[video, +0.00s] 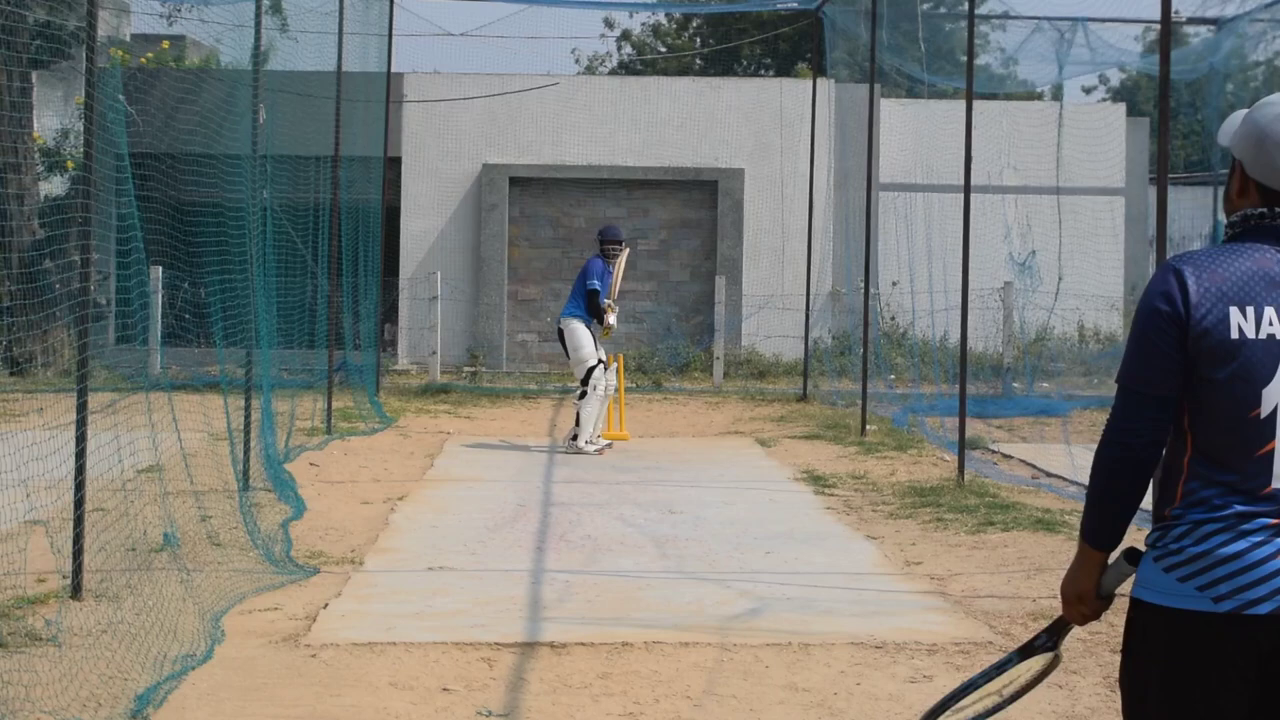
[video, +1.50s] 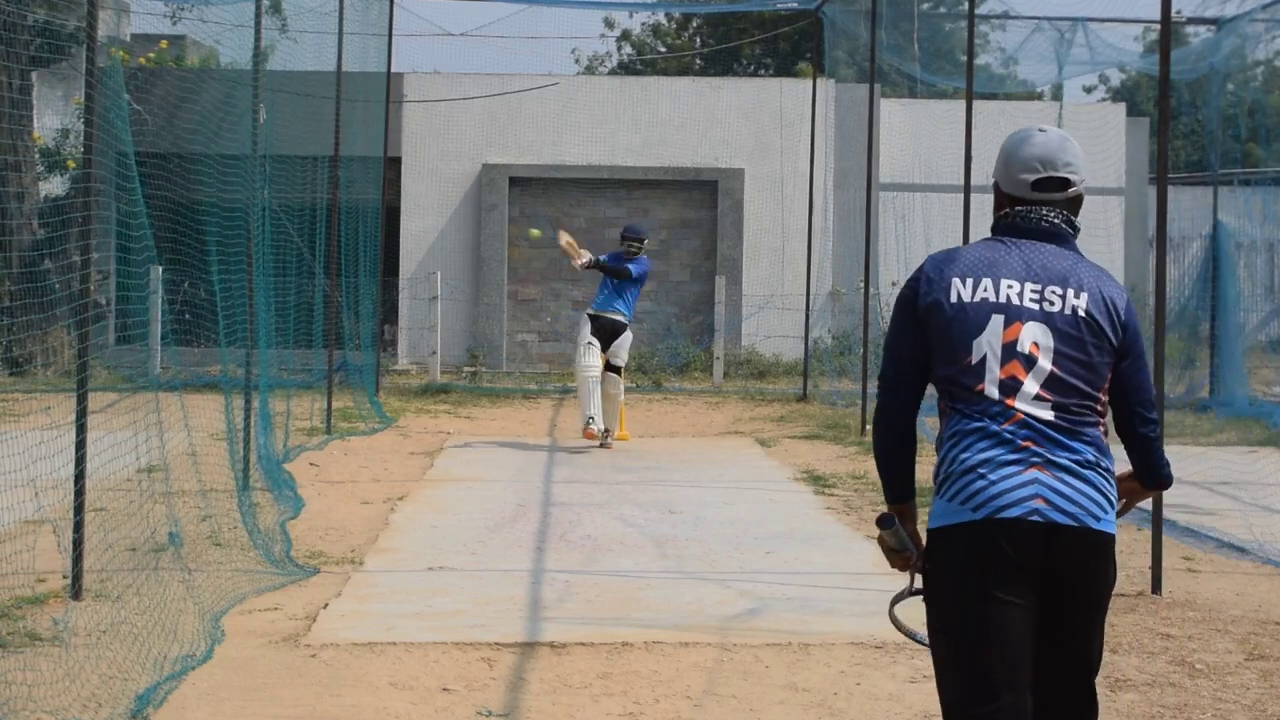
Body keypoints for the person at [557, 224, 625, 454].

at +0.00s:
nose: (612, 250)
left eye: (616, 246)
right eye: (608, 245)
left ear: (621, 247)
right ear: (601, 245)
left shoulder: (608, 269)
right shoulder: (595, 264)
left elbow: (600, 299)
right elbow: (592, 299)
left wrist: (608, 307)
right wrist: (604, 320)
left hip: (586, 324)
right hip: (573, 323)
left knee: (607, 380)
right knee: (595, 379)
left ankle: (591, 436)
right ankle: (579, 439)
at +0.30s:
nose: (616, 254)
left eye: (620, 251)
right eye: (612, 250)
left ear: (625, 252)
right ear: (604, 250)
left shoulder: (609, 274)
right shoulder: (597, 268)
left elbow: (600, 304)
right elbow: (589, 302)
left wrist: (604, 316)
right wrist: (595, 326)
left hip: (583, 326)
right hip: (572, 325)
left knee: (606, 380)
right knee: (595, 379)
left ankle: (590, 436)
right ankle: (580, 439)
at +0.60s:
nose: (622, 260)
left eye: (626, 256)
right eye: (618, 255)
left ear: (631, 258)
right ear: (610, 254)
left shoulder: (614, 278)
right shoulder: (603, 271)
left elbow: (605, 304)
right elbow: (597, 302)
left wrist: (605, 317)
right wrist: (597, 324)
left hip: (583, 326)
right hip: (569, 323)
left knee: (604, 380)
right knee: (590, 379)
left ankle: (590, 435)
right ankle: (579, 439)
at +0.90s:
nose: (629, 279)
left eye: (633, 275)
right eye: (626, 274)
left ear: (637, 277)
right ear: (618, 272)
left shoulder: (623, 293)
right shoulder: (606, 289)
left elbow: (620, 312)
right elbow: (603, 328)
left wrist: (622, 317)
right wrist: (617, 332)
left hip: (585, 332)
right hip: (569, 328)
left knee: (612, 383)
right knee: (593, 379)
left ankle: (587, 434)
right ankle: (597, 441)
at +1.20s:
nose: (621, 265)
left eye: (626, 262)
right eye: (618, 259)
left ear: (630, 264)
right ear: (610, 258)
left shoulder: (624, 286)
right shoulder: (598, 274)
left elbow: (637, 317)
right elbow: (609, 296)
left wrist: (647, 298)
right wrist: (641, 295)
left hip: (604, 339)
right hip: (583, 334)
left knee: (626, 394)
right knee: (607, 378)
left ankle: (592, 429)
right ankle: (601, 443)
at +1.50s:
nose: (629, 248)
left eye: (635, 245)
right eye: (626, 243)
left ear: (643, 246)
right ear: (622, 243)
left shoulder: (643, 263)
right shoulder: (613, 257)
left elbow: (623, 272)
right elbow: (599, 261)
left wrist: (595, 264)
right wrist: (585, 260)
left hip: (619, 325)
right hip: (593, 319)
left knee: (613, 380)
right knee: (588, 370)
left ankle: (609, 431)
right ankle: (592, 421)